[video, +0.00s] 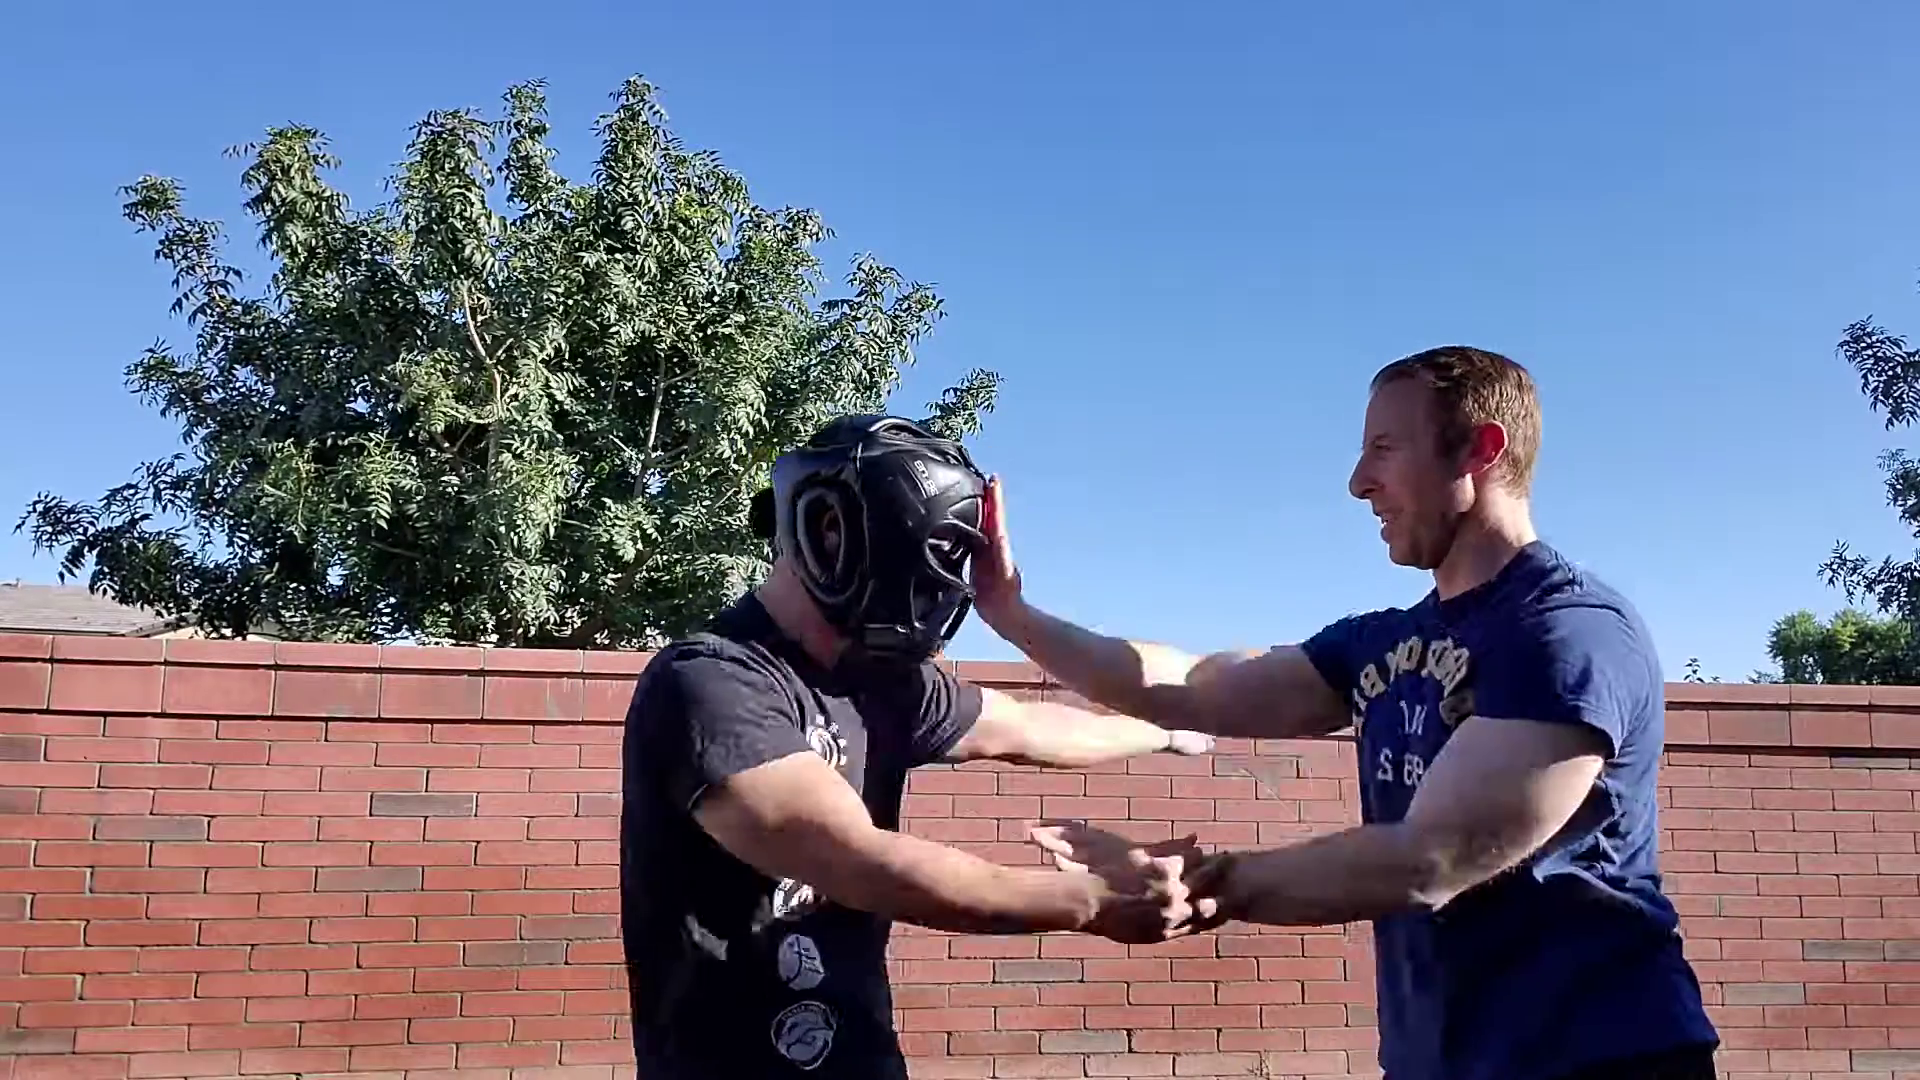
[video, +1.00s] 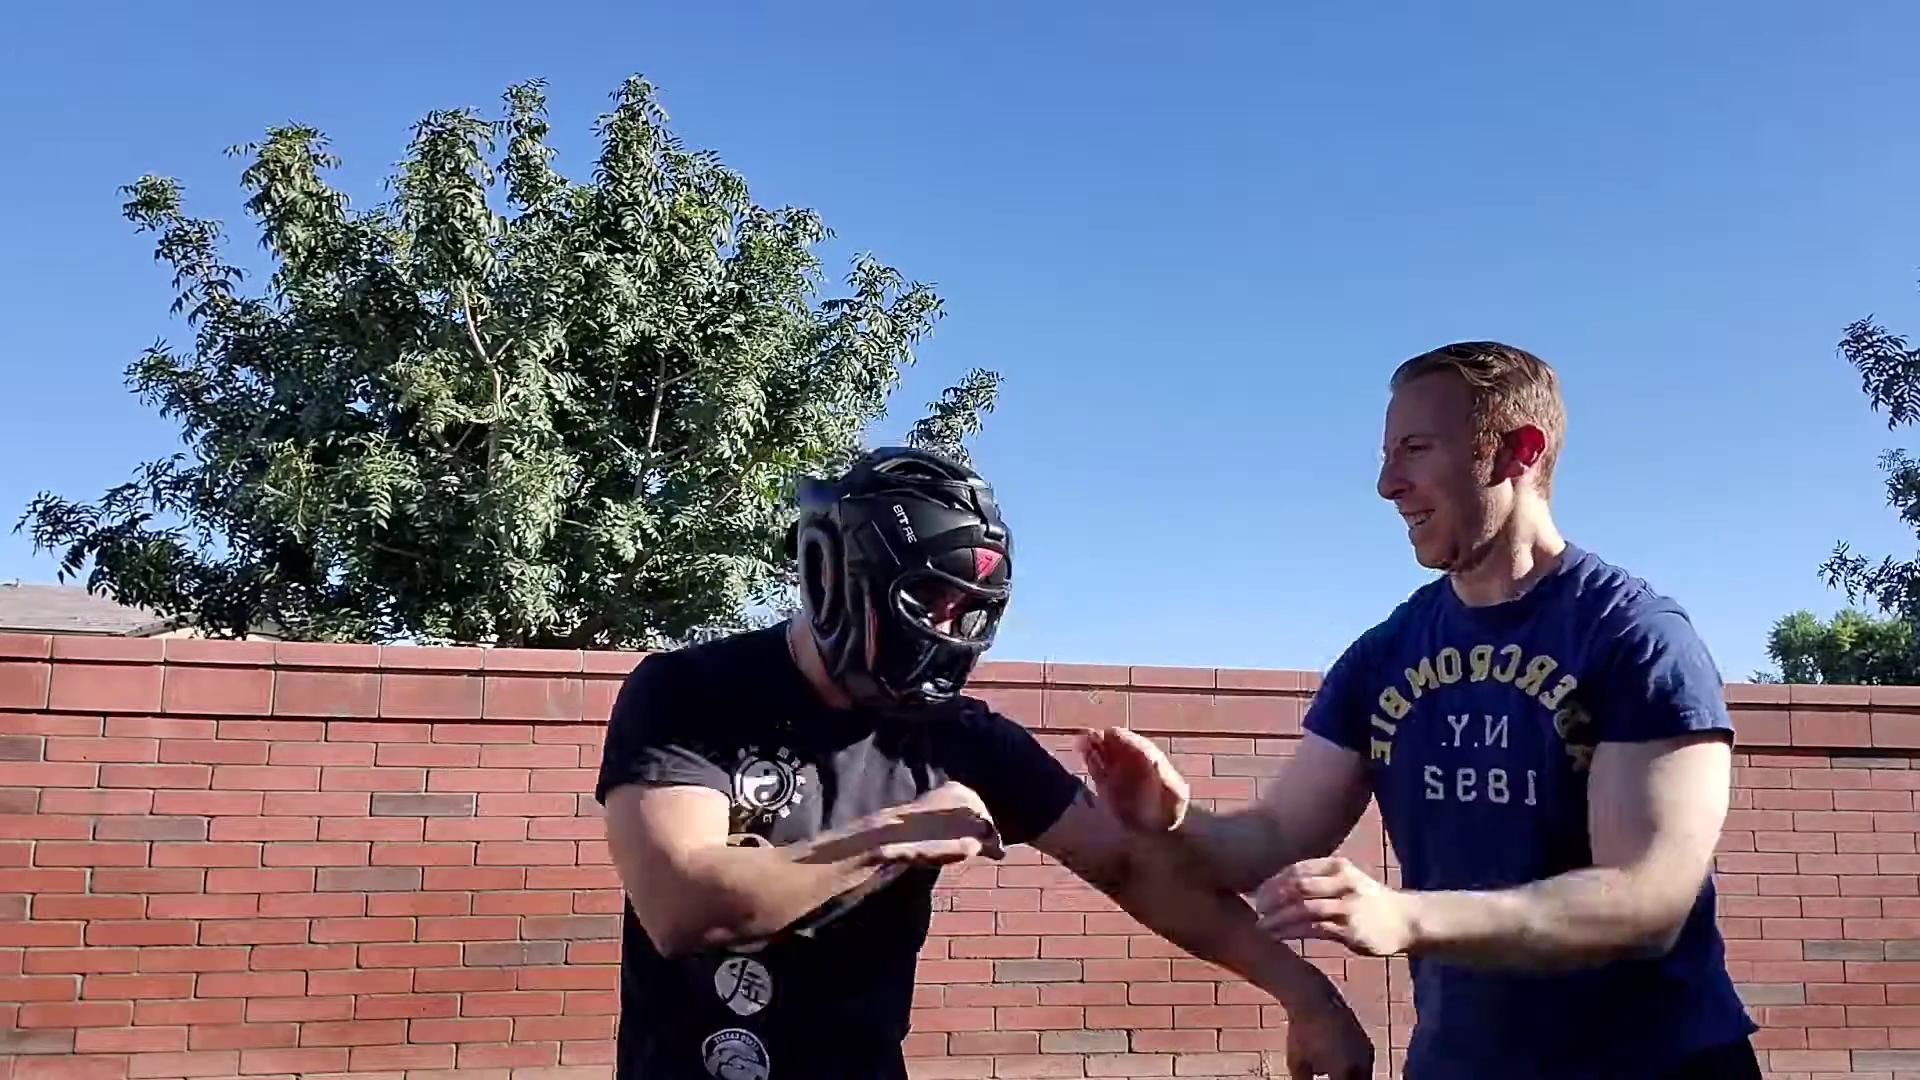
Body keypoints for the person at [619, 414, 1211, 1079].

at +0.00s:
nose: (939, 584)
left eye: (949, 560)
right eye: (918, 554)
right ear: (827, 535)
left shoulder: (885, 687)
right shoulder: (706, 685)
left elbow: (1033, 725)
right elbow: (857, 864)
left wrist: (1167, 729)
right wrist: (1089, 902)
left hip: (862, 1061)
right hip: (725, 1065)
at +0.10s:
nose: (958, 584)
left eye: (965, 561)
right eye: (942, 556)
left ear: (854, 542)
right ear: (844, 535)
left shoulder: (908, 672)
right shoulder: (674, 683)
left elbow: (1108, 657)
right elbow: (736, 910)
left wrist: (1284, 599)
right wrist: (953, 912)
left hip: (885, 1066)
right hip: (725, 1066)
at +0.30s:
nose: (971, 596)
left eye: (984, 570)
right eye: (950, 563)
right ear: (860, 540)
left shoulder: (960, 696)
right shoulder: (696, 677)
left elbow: (1131, 720)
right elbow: (634, 898)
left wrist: (1253, 732)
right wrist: (802, 920)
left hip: (881, 1061)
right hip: (715, 1061)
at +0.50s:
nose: (968, 594)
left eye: (979, 571)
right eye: (948, 567)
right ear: (856, 554)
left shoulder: (860, 678)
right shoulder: (776, 671)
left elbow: (890, 884)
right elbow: (949, 823)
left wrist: (1053, 879)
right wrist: (1106, 684)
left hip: (853, 1056)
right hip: (746, 1061)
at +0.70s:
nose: (958, 619)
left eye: (971, 596)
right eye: (945, 587)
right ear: (843, 553)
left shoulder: (913, 702)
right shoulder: (697, 687)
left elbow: (1008, 862)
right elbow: (840, 850)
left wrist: (1117, 998)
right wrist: (1080, 894)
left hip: (858, 1059)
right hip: (702, 1060)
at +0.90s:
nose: (929, 617)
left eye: (949, 592)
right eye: (908, 585)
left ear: (967, 592)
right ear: (819, 563)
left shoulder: (955, 725)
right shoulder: (665, 693)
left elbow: (1131, 832)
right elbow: (705, 895)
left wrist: (1306, 946)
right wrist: (932, 852)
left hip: (865, 1073)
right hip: (687, 1071)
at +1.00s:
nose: (955, 633)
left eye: (973, 608)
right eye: (934, 598)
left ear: (987, 607)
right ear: (842, 577)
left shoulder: (952, 736)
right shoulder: (680, 696)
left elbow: (1130, 864)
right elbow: (688, 909)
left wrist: (1302, 991)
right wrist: (891, 841)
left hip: (859, 1069)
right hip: (689, 1066)